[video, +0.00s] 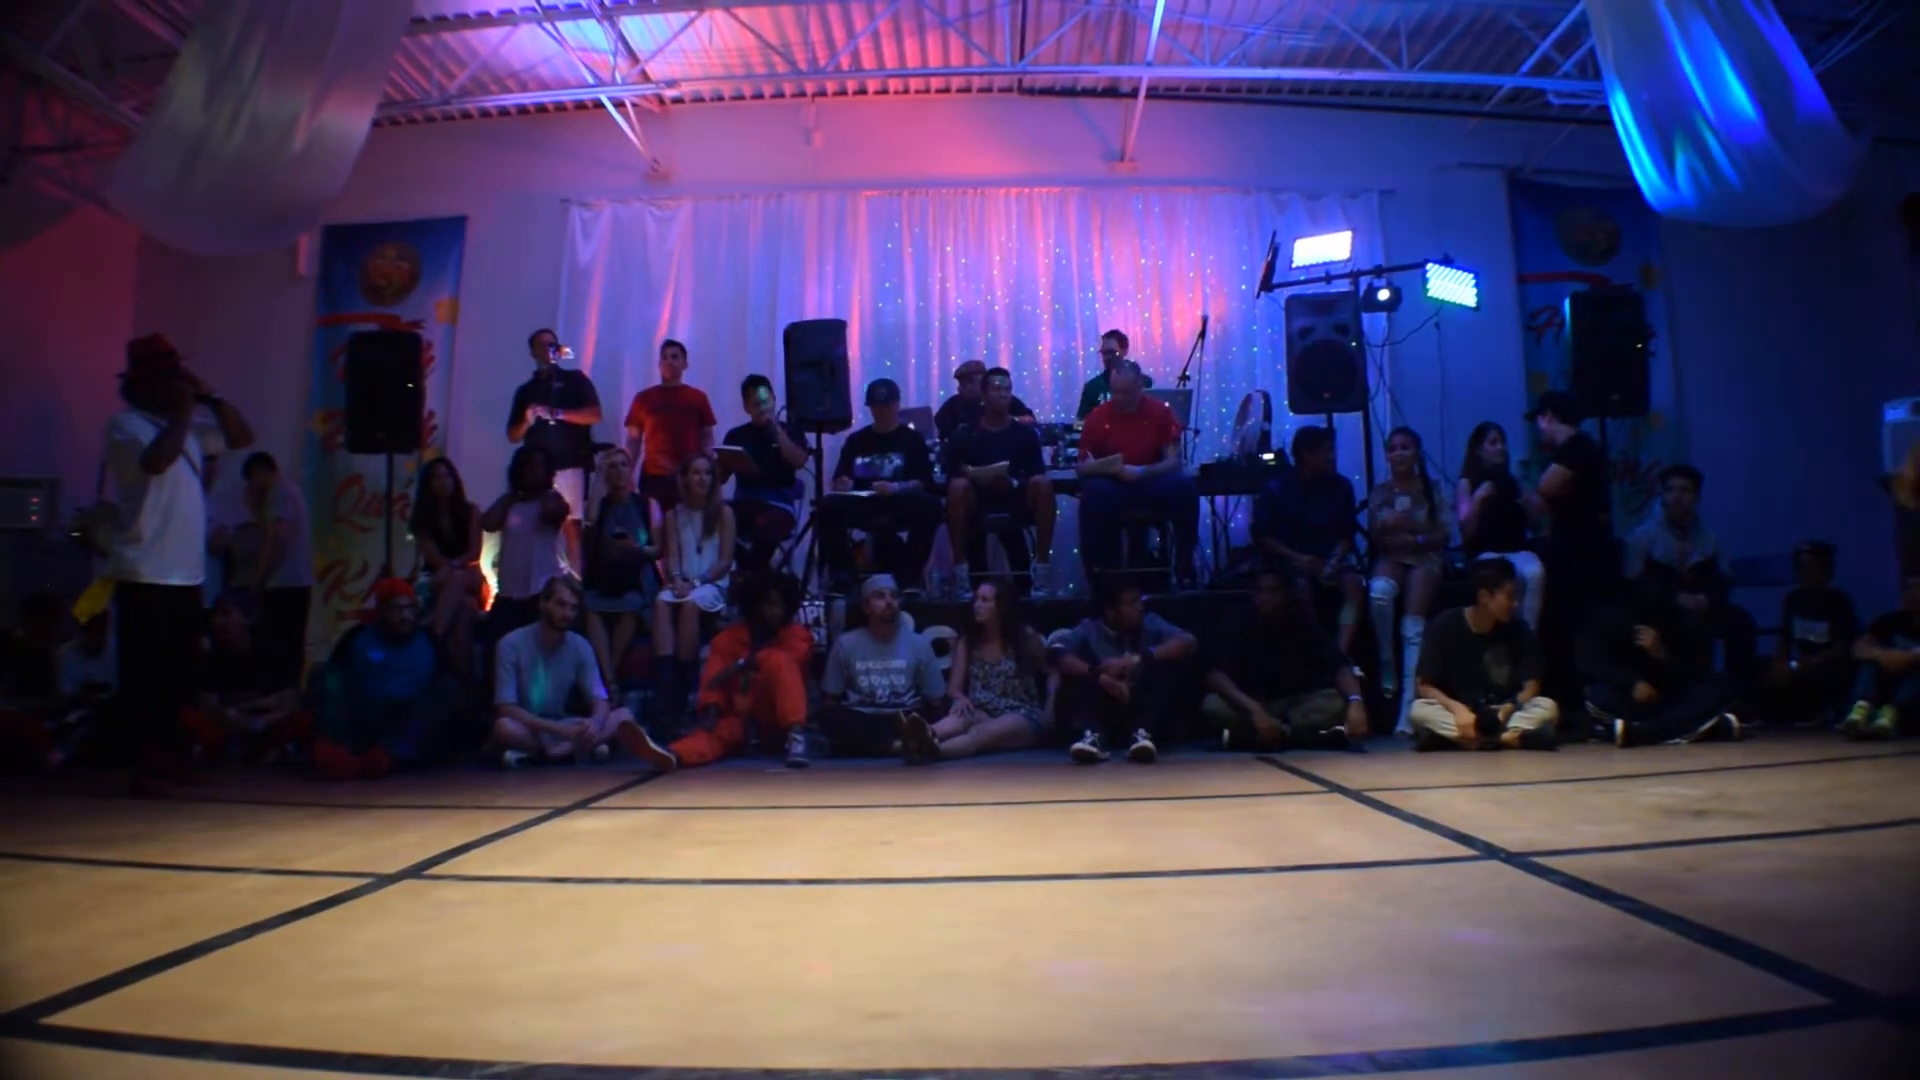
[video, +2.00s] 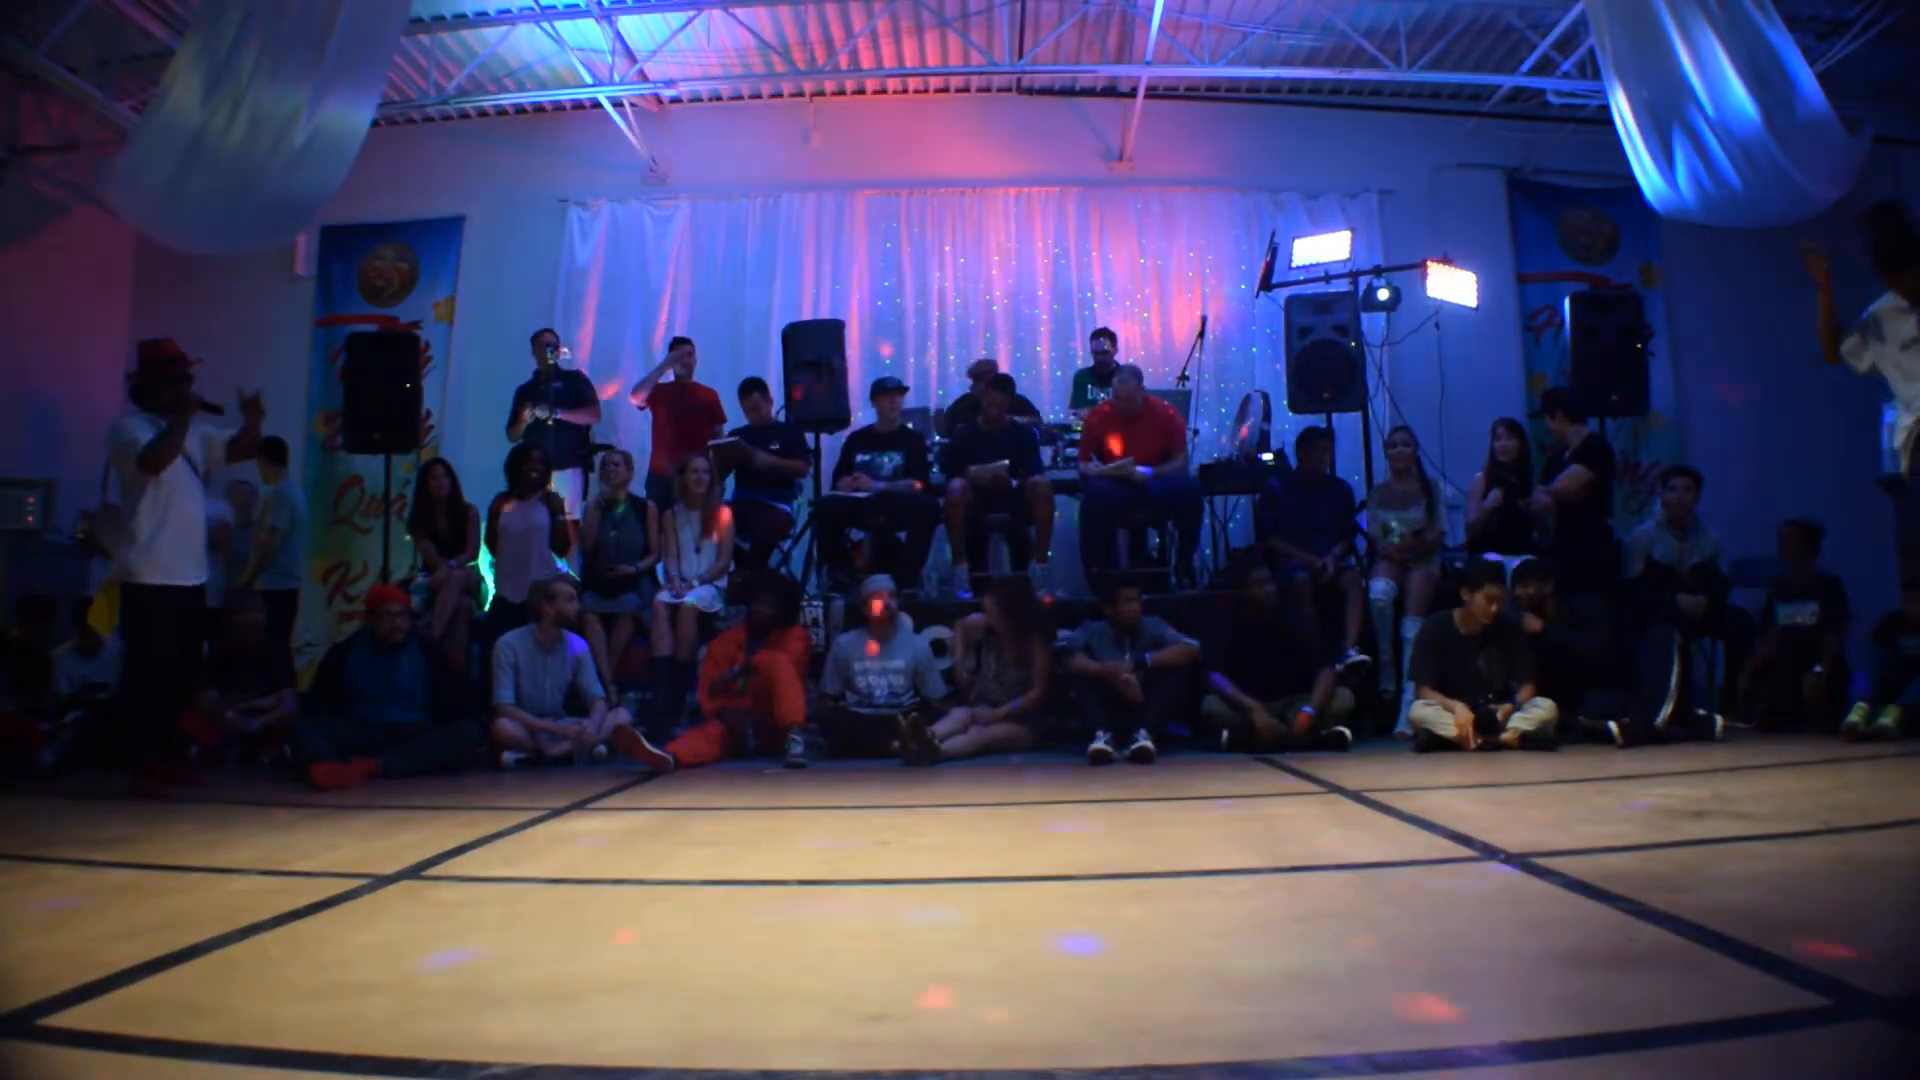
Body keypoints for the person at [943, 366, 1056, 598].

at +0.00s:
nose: (1002, 393)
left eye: (1006, 388)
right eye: (996, 388)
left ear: (1011, 393)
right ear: (984, 394)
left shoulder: (1024, 432)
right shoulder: (967, 430)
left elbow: (1036, 470)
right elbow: (950, 465)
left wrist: (1009, 480)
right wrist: (975, 473)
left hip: (1013, 491)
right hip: (979, 492)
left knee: (1042, 485)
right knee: (958, 486)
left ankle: (1042, 563)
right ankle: (960, 567)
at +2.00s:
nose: (994, 412)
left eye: (1000, 405)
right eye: (989, 405)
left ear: (1009, 405)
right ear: (981, 404)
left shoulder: (1023, 433)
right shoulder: (965, 433)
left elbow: (1034, 470)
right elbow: (950, 470)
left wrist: (1008, 478)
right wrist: (975, 474)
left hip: (1012, 490)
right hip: (977, 491)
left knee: (1041, 487)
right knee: (956, 489)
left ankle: (1041, 563)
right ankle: (960, 566)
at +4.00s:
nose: (984, 398)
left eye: (990, 390)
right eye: (978, 391)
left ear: (1004, 394)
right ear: (972, 397)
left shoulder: (1022, 432)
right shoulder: (965, 433)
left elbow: (1035, 473)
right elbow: (953, 472)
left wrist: (1010, 481)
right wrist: (981, 477)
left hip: (1013, 492)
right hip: (978, 493)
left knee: (1040, 486)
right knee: (957, 488)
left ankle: (1041, 562)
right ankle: (957, 564)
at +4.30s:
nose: (999, 394)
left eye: (1003, 389)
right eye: (993, 389)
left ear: (1008, 394)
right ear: (981, 395)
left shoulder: (1022, 432)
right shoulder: (966, 433)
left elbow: (1035, 471)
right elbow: (954, 468)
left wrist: (1010, 481)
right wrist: (979, 477)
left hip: (1013, 490)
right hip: (978, 491)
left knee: (1040, 486)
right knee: (957, 487)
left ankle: (1041, 562)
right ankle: (958, 564)